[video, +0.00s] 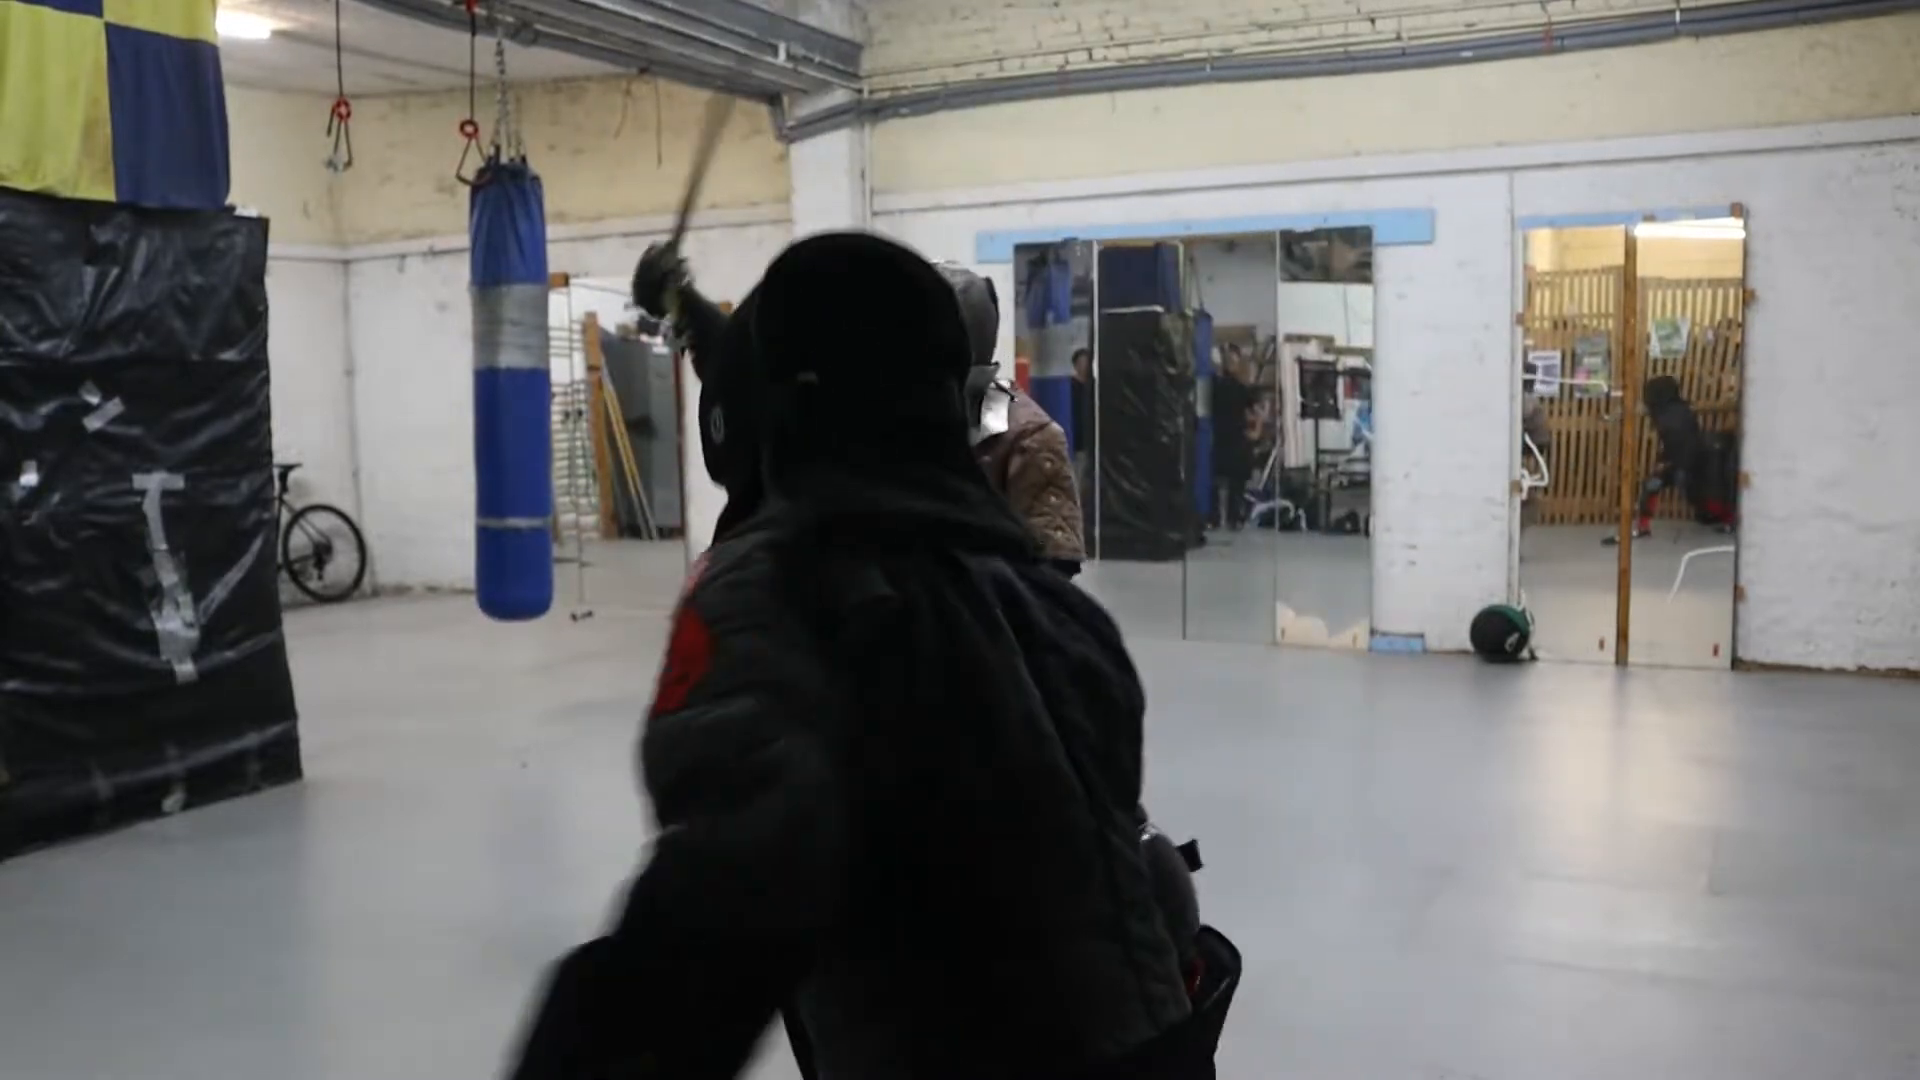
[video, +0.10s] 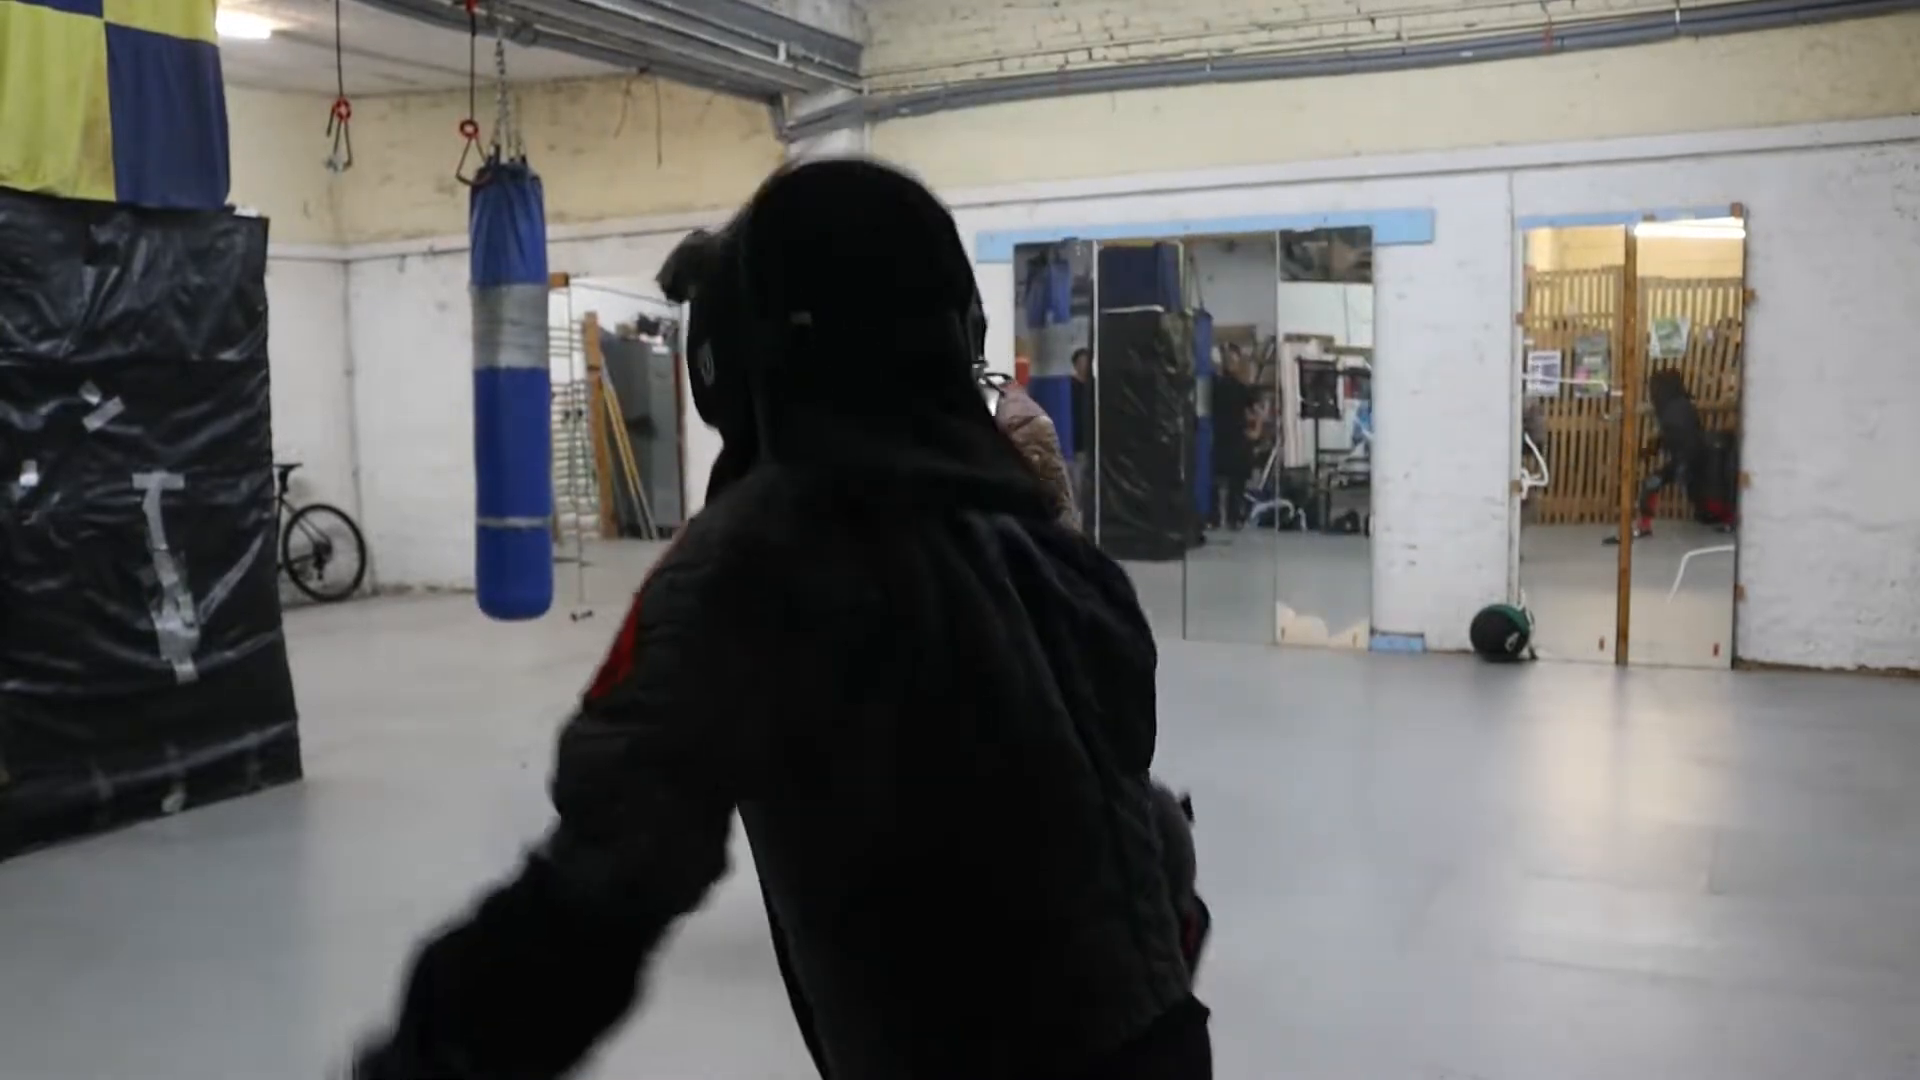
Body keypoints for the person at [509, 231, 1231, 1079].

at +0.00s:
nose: (715, 435)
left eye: (729, 402)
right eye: (713, 403)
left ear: (785, 403)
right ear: (934, 400)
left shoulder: (762, 592)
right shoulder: (1032, 581)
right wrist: (720, 335)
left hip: (913, 1047)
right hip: (1130, 1028)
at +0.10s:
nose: (696, 375)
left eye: (709, 341)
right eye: (693, 341)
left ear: (768, 349)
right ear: (942, 338)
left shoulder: (746, 564)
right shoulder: (1040, 532)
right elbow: (1135, 793)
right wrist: (1168, 931)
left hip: (923, 1048)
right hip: (1149, 1030)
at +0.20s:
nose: (695, 340)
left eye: (706, 302)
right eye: (694, 303)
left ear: (757, 293)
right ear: (933, 278)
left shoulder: (754, 499)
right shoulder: (1028, 484)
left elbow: (576, 731)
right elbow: (1132, 763)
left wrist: (421, 812)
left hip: (912, 1034)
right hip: (1122, 1015)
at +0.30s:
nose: (694, 270)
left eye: (703, 236)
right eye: (695, 238)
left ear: (751, 239)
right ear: (923, 232)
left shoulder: (733, 433)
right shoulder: (1000, 433)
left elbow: (523, 624)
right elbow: (1131, 663)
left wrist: (416, 641)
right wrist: (1090, 784)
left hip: (913, 976)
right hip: (1074, 948)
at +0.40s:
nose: (706, 197)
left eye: (719, 165)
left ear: (740, 178)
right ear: (925, 185)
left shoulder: (705, 378)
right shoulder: (999, 391)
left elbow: (460, 614)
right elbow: (1134, 584)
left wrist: (452, 538)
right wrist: (1040, 620)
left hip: (871, 909)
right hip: (1035, 888)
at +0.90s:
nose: (887, 270)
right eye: (878, 248)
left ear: (733, 260)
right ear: (870, 266)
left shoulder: (671, 434)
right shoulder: (934, 438)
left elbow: (582, 657)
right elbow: (1049, 594)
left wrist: (691, 574)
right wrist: (1063, 483)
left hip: (738, 810)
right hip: (880, 800)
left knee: (723, 1054)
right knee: (851, 973)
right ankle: (849, 1068)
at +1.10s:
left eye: (749, 225)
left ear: (749, 238)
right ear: (872, 244)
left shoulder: (680, 380)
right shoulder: (922, 401)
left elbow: (589, 574)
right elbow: (1012, 572)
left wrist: (697, 550)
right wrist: (900, 603)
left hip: (733, 735)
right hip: (868, 730)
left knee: (666, 998)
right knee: (850, 921)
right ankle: (850, 1069)